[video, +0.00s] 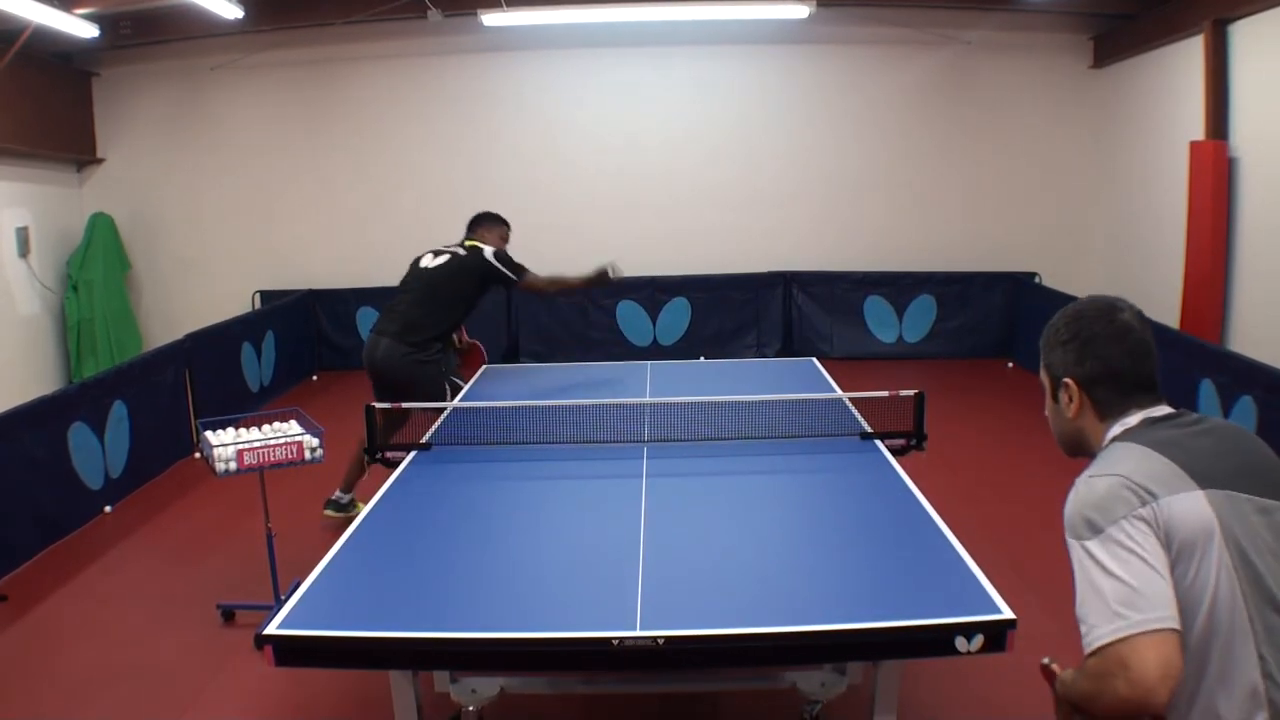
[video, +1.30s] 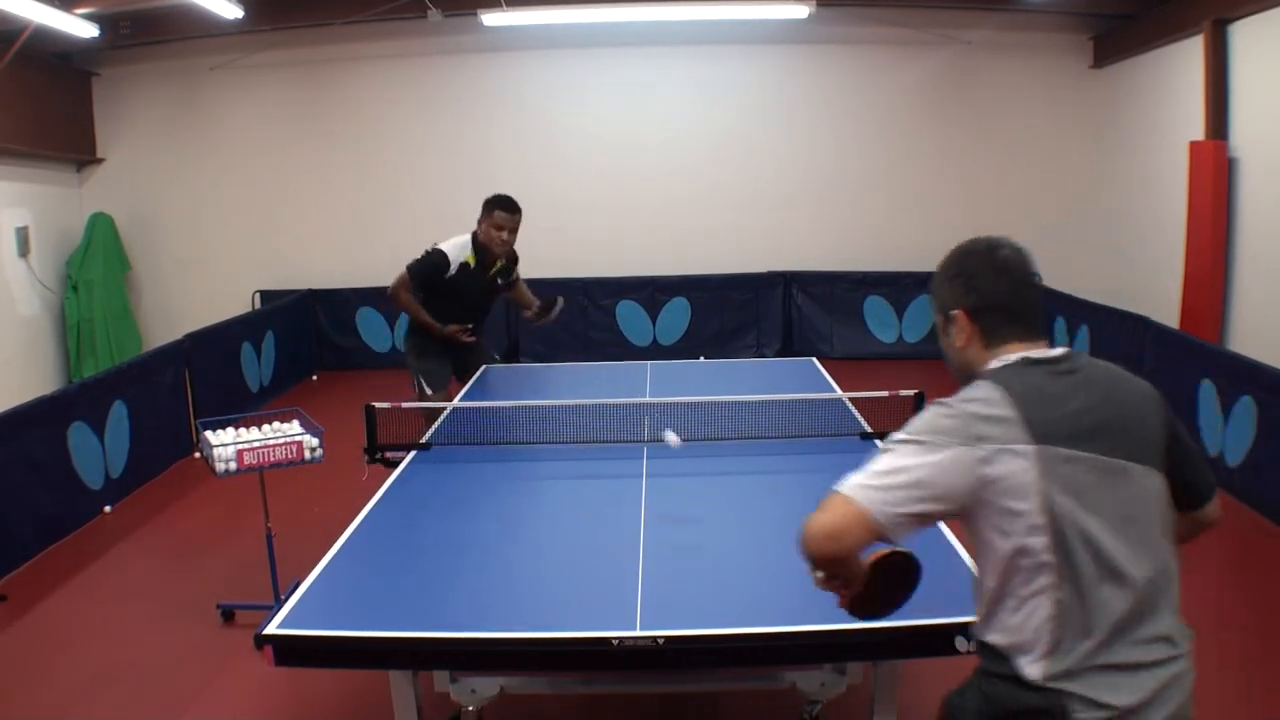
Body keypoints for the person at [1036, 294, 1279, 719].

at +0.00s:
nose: (1045, 409)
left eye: (1046, 393)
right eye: (1044, 393)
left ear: (1071, 397)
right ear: (1147, 375)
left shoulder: (1112, 486)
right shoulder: (1249, 446)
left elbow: (1141, 680)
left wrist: (1070, 687)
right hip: (1266, 704)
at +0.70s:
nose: (1051, 353)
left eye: (1051, 335)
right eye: (1050, 335)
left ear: (1078, 344)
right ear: (1157, 329)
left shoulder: (1109, 455)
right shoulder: (1243, 418)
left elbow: (1098, 660)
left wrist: (1014, 627)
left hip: (1172, 708)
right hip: (1265, 702)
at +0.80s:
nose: (1037, 356)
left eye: (1038, 338)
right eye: (1036, 338)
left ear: (1064, 346)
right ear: (1141, 330)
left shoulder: (1087, 459)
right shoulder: (1235, 432)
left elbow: (1052, 665)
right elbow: (1263, 598)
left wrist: (975, 623)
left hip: (1142, 708)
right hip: (1261, 701)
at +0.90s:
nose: (1028, 336)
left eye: (1028, 318)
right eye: (1027, 319)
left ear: (1052, 321)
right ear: (1131, 308)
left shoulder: (1069, 434)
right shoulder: (1232, 412)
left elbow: (1013, 631)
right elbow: (1268, 571)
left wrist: (941, 597)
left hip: (1131, 705)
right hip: (1252, 697)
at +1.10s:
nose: (1022, 336)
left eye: (1023, 318)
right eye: (1022, 318)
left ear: (1050, 322)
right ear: (1119, 305)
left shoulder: (1066, 430)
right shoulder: (1213, 401)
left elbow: (957, 594)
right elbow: (1259, 540)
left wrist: (906, 572)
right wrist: (1155, 560)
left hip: (1113, 705)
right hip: (1231, 698)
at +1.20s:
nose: (993, 339)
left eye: (992, 321)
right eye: (991, 321)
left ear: (1018, 322)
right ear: (1086, 306)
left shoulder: (1038, 419)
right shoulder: (1182, 397)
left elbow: (904, 565)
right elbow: (1232, 522)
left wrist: (879, 569)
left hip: (1092, 697)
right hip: (1205, 694)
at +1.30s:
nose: (942, 345)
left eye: (941, 330)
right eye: (939, 330)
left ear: (962, 327)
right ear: (1037, 312)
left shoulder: (978, 414)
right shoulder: (1136, 395)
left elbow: (826, 535)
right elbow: (1202, 507)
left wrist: (849, 575)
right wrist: (1116, 551)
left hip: (1047, 693)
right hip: (1163, 685)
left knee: (960, 702)